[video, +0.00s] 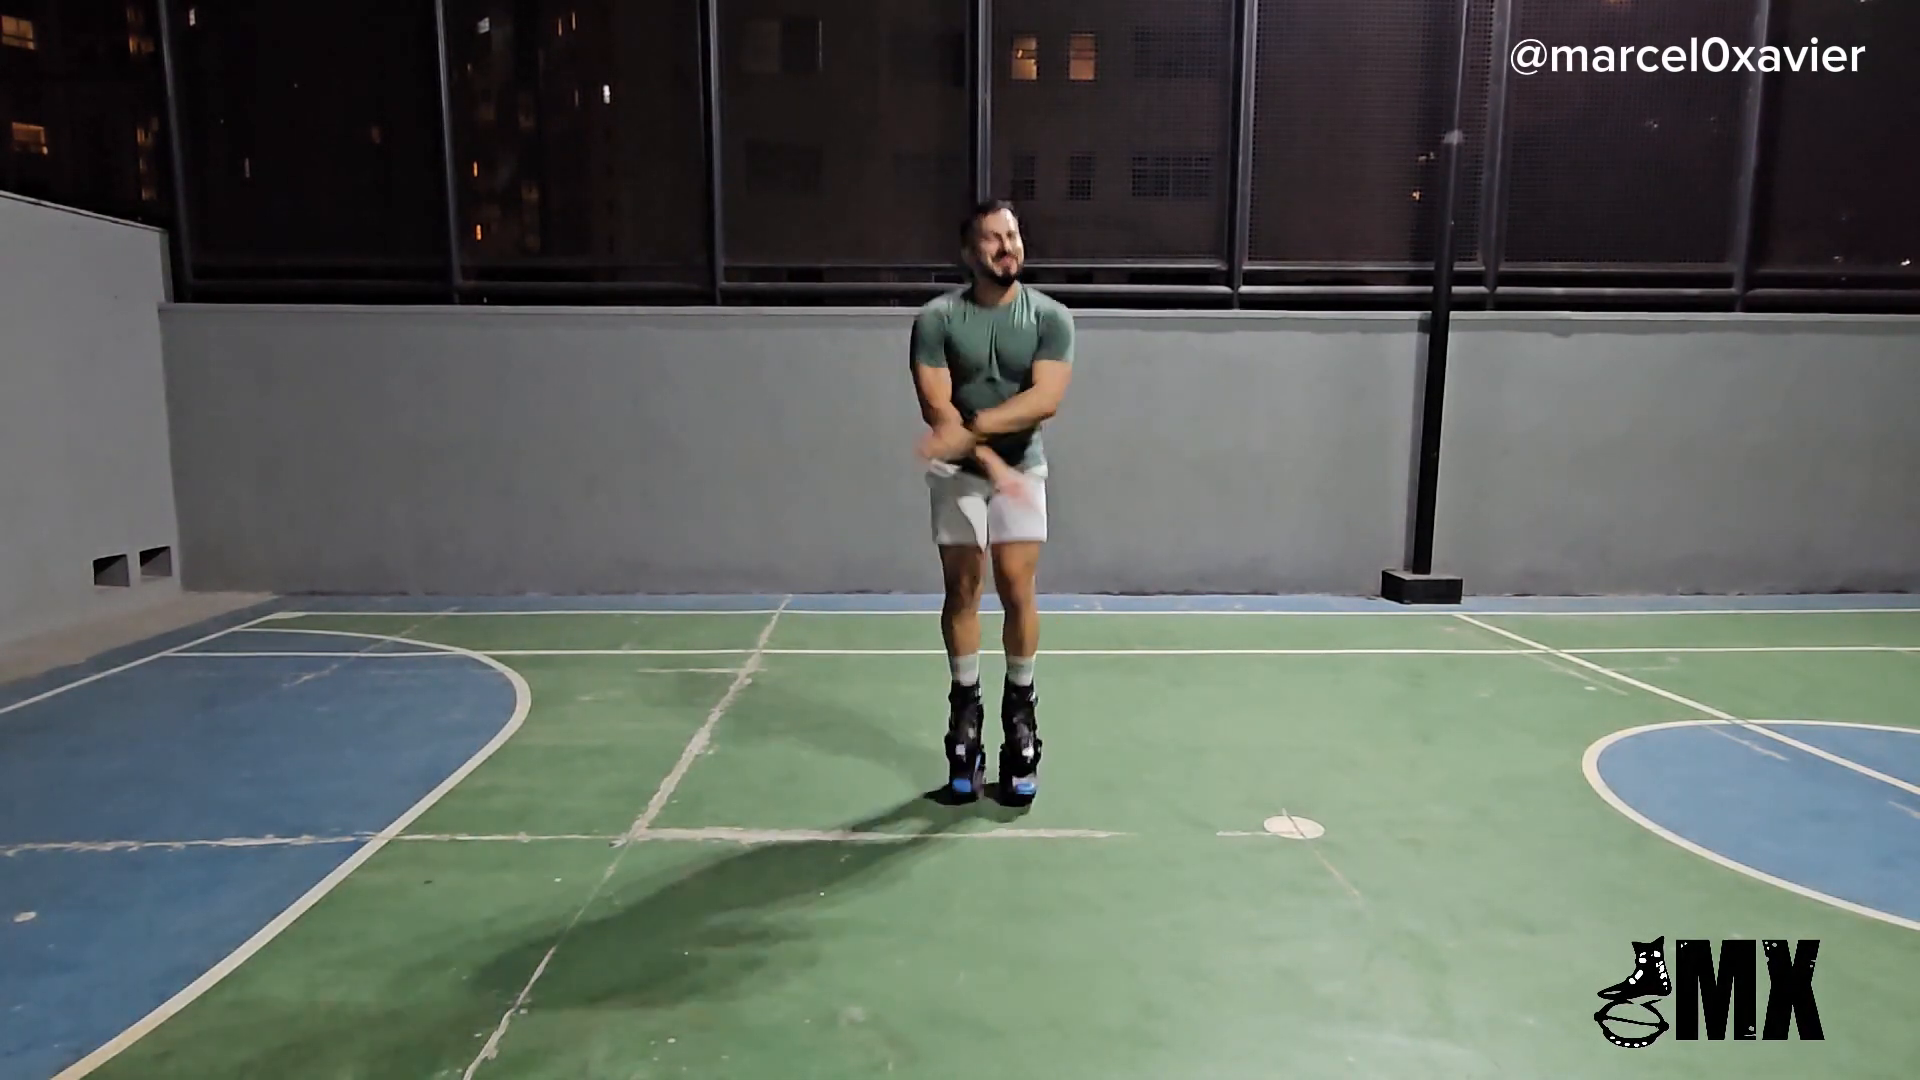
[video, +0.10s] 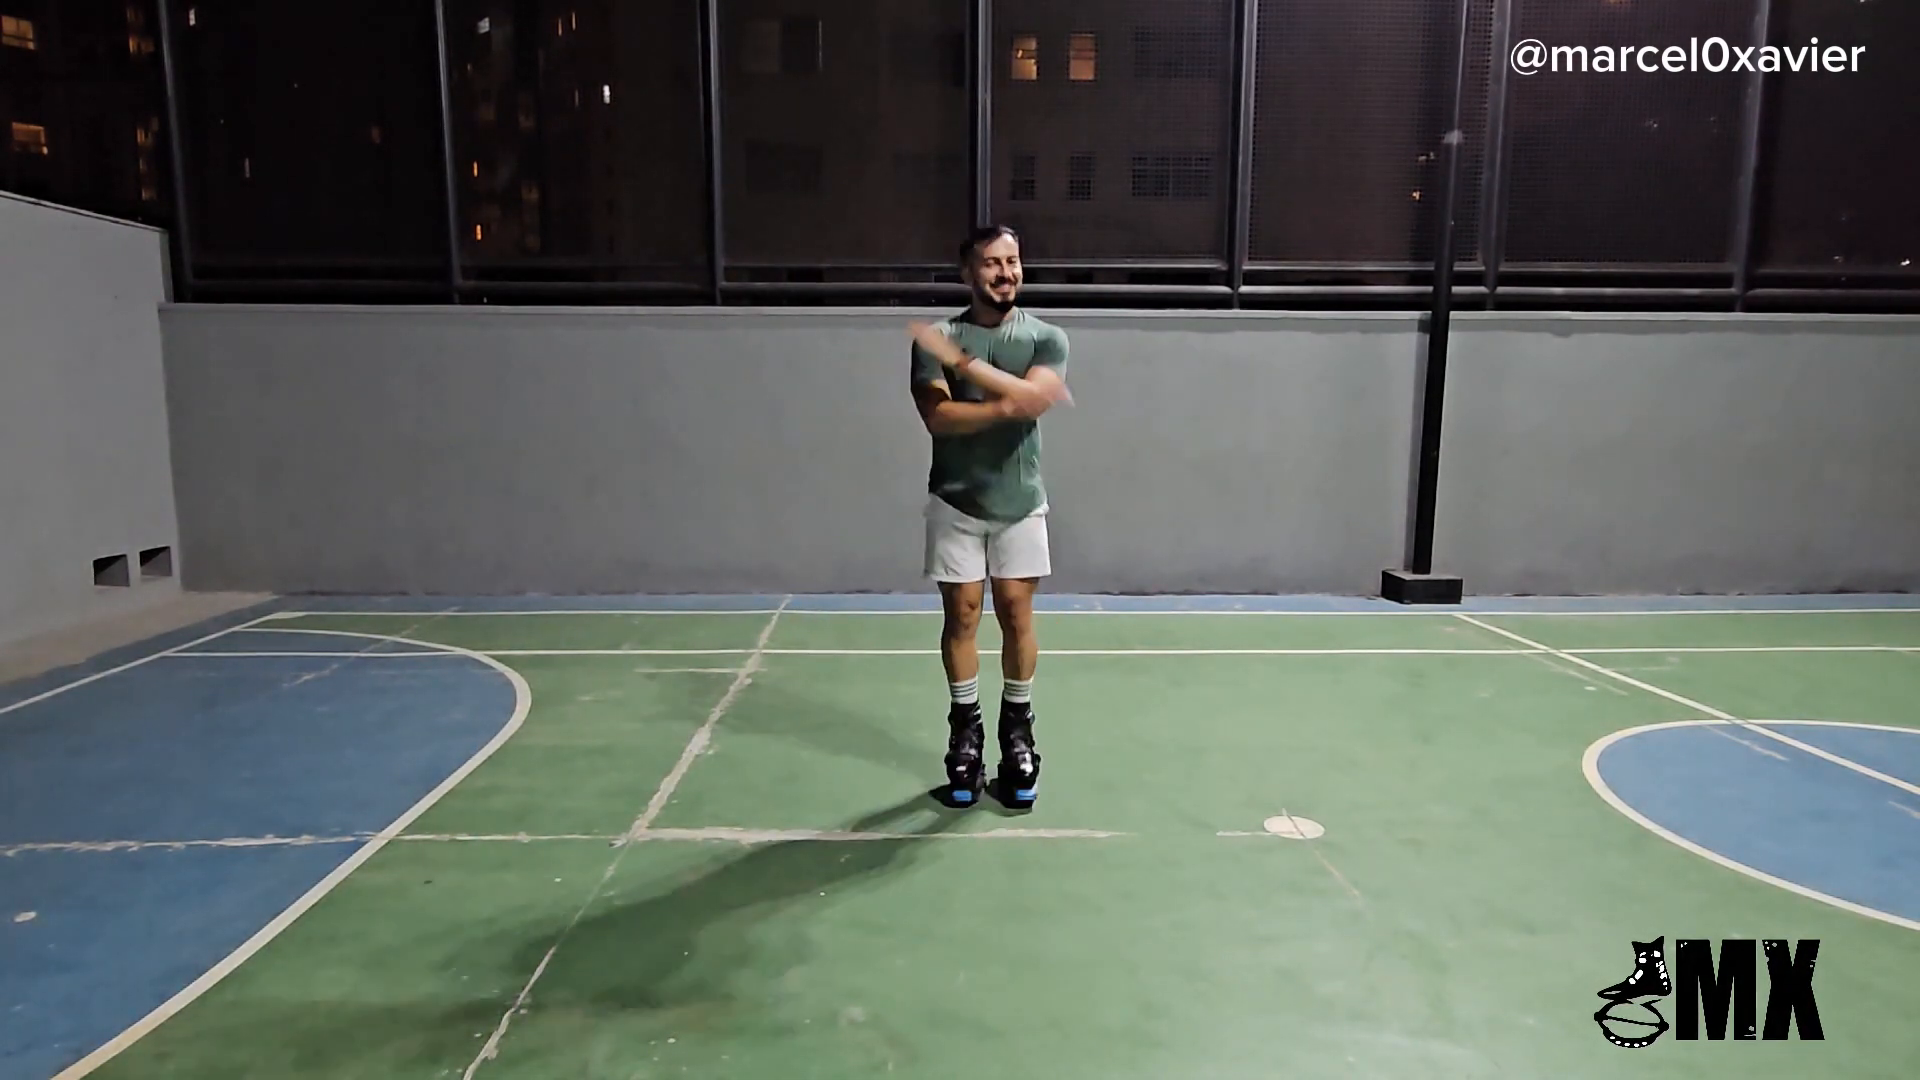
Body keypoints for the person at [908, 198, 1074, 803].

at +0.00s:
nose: (1007, 247)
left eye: (1012, 236)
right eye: (993, 239)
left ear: (1023, 244)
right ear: (970, 252)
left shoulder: (1050, 318)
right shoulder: (937, 320)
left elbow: (1045, 400)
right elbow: (941, 413)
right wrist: (994, 464)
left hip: (1022, 465)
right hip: (957, 465)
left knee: (1016, 585)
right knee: (963, 586)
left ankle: (1020, 718)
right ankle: (965, 719)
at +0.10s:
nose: (1004, 272)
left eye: (1011, 262)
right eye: (991, 263)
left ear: (1022, 270)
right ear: (969, 273)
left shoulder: (1046, 339)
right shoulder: (937, 340)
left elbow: (1032, 400)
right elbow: (937, 418)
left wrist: (957, 358)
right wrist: (1013, 405)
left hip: (1018, 500)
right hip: (955, 499)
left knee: (1014, 608)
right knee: (962, 613)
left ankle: (1017, 736)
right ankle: (965, 739)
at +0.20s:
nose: (994, 238)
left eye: (1003, 226)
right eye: (983, 228)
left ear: (1016, 229)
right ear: (964, 232)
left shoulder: (1045, 296)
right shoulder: (928, 297)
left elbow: (1068, 377)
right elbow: (907, 380)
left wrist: (1029, 342)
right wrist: (942, 369)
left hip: (1017, 462)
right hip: (951, 463)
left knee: (1017, 576)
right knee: (955, 578)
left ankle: (1021, 706)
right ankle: (959, 714)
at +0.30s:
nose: (984, 229)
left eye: (994, 217)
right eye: (973, 218)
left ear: (1008, 211)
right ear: (955, 216)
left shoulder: (1042, 278)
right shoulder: (920, 281)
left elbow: (1080, 353)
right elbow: (885, 351)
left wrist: (1104, 384)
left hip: (1016, 440)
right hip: (947, 441)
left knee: (1025, 559)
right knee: (941, 559)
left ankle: (1033, 680)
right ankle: (938, 688)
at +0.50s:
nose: (978, 289)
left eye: (987, 278)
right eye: (968, 279)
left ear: (1003, 274)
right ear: (950, 277)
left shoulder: (1032, 338)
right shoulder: (915, 345)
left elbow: (1089, 394)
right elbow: (853, 403)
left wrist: (1163, 428)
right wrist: (782, 448)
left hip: (1011, 494)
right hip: (940, 497)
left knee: (1038, 605)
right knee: (920, 610)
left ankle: (1062, 727)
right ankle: (889, 736)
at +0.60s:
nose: (980, 289)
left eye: (989, 277)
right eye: (969, 278)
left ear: (1004, 268)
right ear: (951, 270)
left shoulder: (1032, 333)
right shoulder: (915, 339)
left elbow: (1095, 386)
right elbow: (845, 391)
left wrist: (1175, 396)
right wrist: (767, 419)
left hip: (1009, 497)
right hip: (938, 499)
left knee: (1033, 608)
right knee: (919, 612)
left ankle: (1058, 734)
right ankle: (891, 741)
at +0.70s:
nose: (980, 253)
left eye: (990, 241)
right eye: (969, 242)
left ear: (1006, 233)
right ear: (950, 235)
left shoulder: (1036, 292)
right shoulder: (912, 294)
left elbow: (1092, 362)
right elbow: (857, 361)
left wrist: (1134, 403)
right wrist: (815, 420)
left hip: (1010, 453)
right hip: (939, 453)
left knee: (1032, 573)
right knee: (923, 573)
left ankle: (1047, 698)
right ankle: (902, 707)